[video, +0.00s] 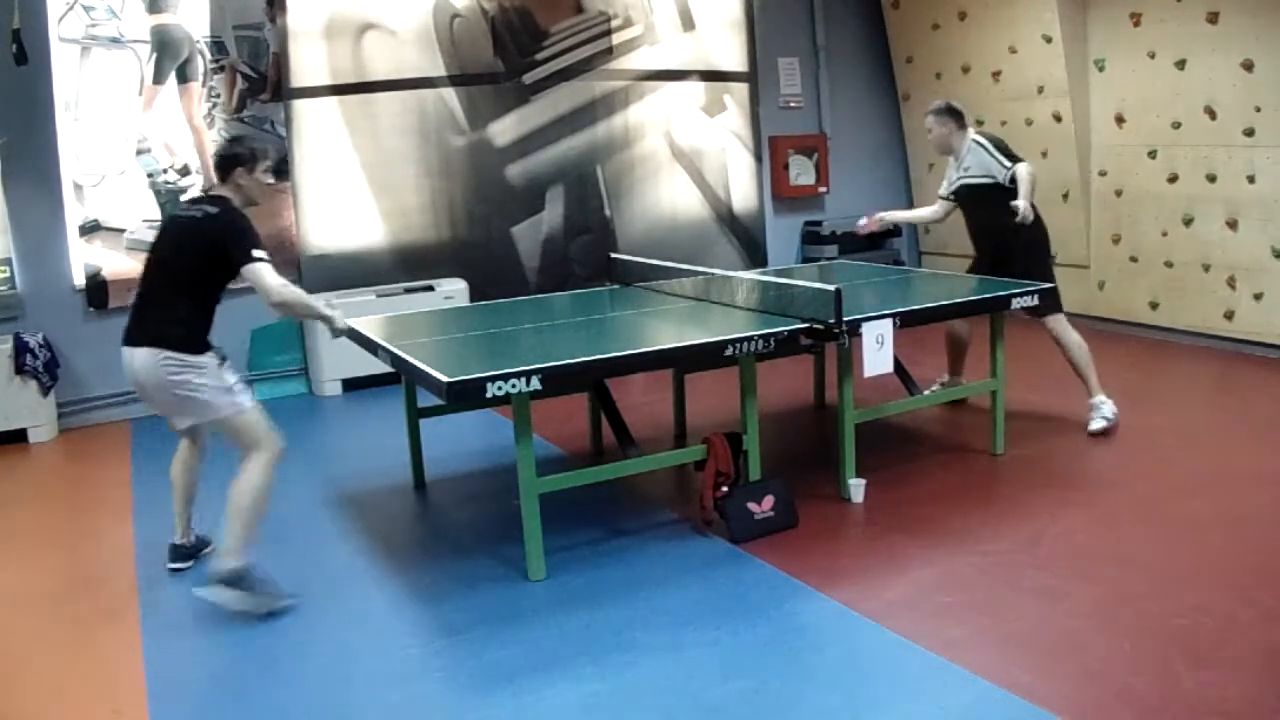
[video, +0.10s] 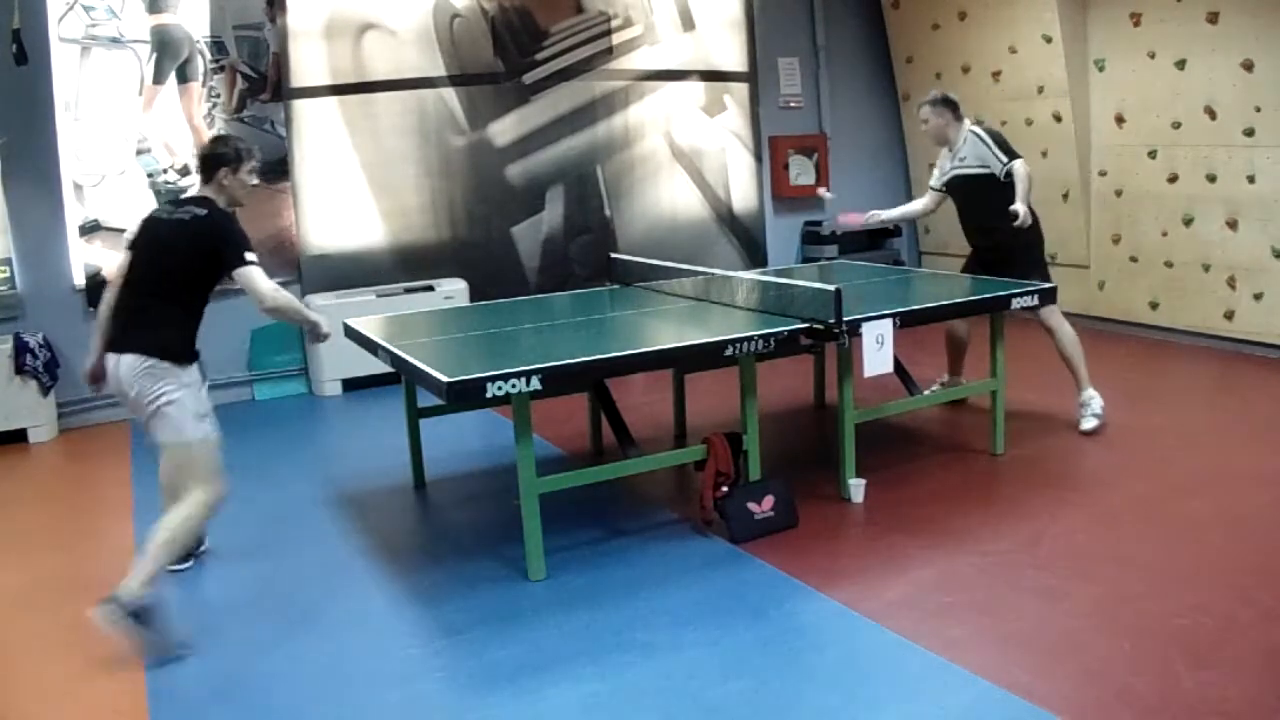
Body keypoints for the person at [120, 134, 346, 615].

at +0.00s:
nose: (272, 183)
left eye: (272, 174)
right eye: (266, 174)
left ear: (223, 174)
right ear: (238, 174)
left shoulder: (182, 213)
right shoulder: (232, 224)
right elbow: (277, 294)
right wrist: (325, 312)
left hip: (137, 353)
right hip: (179, 357)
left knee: (191, 435)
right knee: (264, 445)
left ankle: (183, 540)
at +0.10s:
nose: (255, 185)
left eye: (255, 176)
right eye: (250, 176)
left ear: (208, 176)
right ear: (225, 175)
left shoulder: (159, 217)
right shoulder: (223, 224)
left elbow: (116, 286)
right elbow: (265, 296)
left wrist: (98, 352)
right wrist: (311, 320)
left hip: (124, 359)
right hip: (162, 365)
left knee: (178, 448)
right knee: (205, 488)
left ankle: (183, 539)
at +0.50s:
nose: (263, 210)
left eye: (265, 199)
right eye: (259, 198)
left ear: (214, 190)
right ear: (234, 193)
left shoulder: (159, 230)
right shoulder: (220, 238)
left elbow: (125, 298)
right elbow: (255, 314)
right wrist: (304, 336)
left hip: (116, 377)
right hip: (173, 377)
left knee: (130, 492)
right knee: (275, 456)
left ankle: (107, 610)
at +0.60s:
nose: (294, 230)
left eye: (295, 219)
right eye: (289, 218)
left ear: (247, 206)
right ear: (260, 206)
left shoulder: (189, 237)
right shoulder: (250, 247)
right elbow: (297, 305)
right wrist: (353, 302)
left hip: (140, 383)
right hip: (198, 383)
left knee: (142, 497)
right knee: (308, 445)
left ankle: (109, 612)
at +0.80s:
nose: (378, 223)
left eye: (379, 214)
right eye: (377, 214)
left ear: (337, 201)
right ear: (355, 207)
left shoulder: (273, 234)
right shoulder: (349, 247)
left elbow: (229, 299)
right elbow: (417, 276)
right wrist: (454, 249)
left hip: (227, 380)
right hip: (288, 384)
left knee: (200, 486)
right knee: (382, 430)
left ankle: (127, 580)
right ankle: (416, 538)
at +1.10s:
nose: (382, 171)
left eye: (383, 161)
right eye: (380, 161)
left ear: (337, 157)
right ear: (361, 159)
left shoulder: (281, 196)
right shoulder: (369, 212)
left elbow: (242, 267)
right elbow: (448, 256)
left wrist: (247, 319)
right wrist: (504, 273)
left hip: (247, 342)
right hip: (305, 349)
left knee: (242, 434)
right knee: (384, 423)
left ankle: (194, 533)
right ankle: (418, 536)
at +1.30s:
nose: (334, 175)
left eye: (334, 166)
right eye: (330, 166)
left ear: (294, 165)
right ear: (308, 165)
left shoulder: (239, 211)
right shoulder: (314, 219)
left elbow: (205, 282)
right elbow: (379, 278)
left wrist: (200, 347)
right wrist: (428, 296)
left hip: (221, 358)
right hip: (279, 360)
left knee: (242, 437)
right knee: (362, 436)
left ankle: (207, 543)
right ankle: (416, 540)